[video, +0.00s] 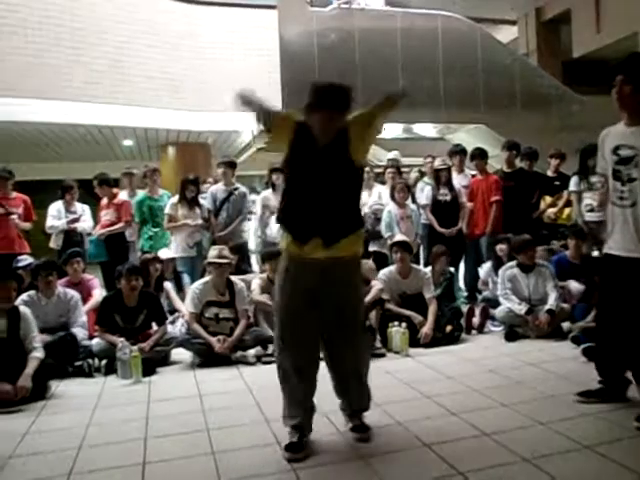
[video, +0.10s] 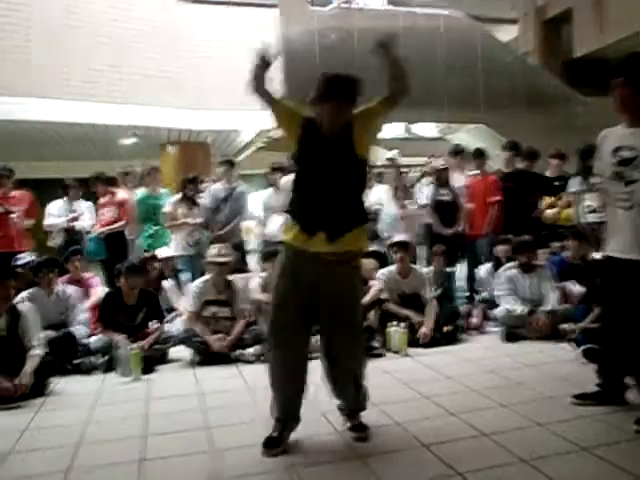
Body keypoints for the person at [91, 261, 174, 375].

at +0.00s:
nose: (133, 284)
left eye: (137, 280)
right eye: (128, 280)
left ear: (142, 282)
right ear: (119, 283)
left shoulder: (150, 298)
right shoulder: (109, 301)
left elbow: (163, 326)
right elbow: (101, 332)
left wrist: (149, 344)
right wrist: (117, 341)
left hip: (145, 340)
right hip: (120, 342)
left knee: (172, 338)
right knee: (97, 347)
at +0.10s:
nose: (132, 283)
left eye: (136, 278)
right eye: (128, 279)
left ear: (141, 280)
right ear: (119, 281)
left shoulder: (149, 297)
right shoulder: (110, 298)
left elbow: (159, 326)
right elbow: (103, 329)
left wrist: (148, 342)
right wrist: (119, 339)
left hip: (144, 340)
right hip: (120, 343)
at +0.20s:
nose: (135, 277)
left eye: (139, 273)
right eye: (131, 273)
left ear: (144, 275)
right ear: (121, 276)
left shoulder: (151, 292)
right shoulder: (111, 294)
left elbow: (163, 320)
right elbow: (102, 324)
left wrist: (149, 337)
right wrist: (118, 333)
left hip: (145, 333)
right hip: (121, 335)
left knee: (173, 332)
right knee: (98, 339)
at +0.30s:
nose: (132, 275)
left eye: (135, 271)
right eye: (127, 271)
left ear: (141, 273)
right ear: (118, 274)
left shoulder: (148, 289)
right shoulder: (107, 292)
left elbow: (159, 318)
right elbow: (99, 322)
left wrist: (145, 335)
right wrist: (114, 331)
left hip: (141, 330)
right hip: (117, 332)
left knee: (168, 329)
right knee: (94, 336)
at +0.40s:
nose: (131, 275)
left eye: (134, 271)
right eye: (126, 271)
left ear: (139, 273)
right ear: (116, 274)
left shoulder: (146, 289)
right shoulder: (106, 292)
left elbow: (159, 319)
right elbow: (97, 322)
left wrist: (144, 335)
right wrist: (113, 331)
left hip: (140, 331)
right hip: (115, 333)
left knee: (169, 329)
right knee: (92, 336)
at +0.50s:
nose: (125, 273)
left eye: (128, 269)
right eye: (120, 270)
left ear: (134, 271)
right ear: (110, 273)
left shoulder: (141, 288)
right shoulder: (100, 290)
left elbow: (153, 317)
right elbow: (91, 321)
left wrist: (139, 334)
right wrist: (108, 330)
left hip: (135, 330)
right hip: (110, 332)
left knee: (164, 328)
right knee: (87, 334)